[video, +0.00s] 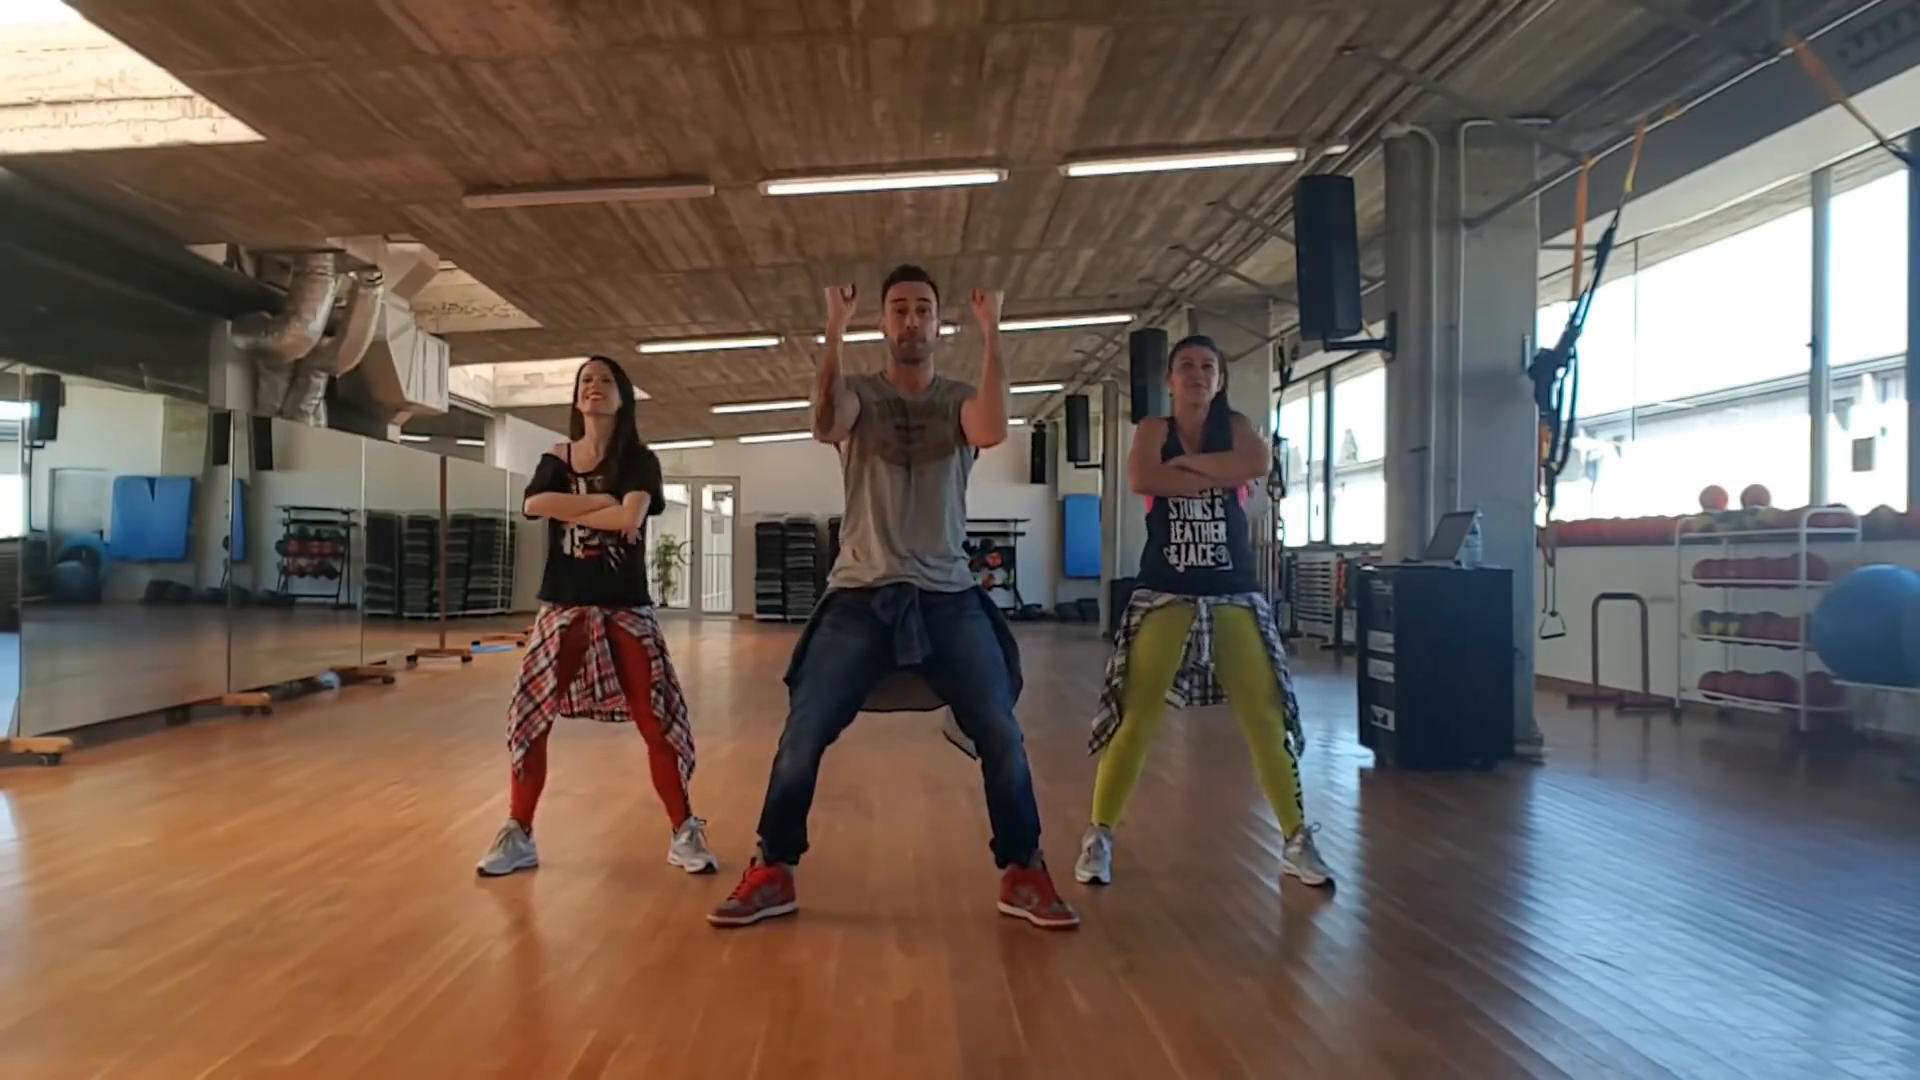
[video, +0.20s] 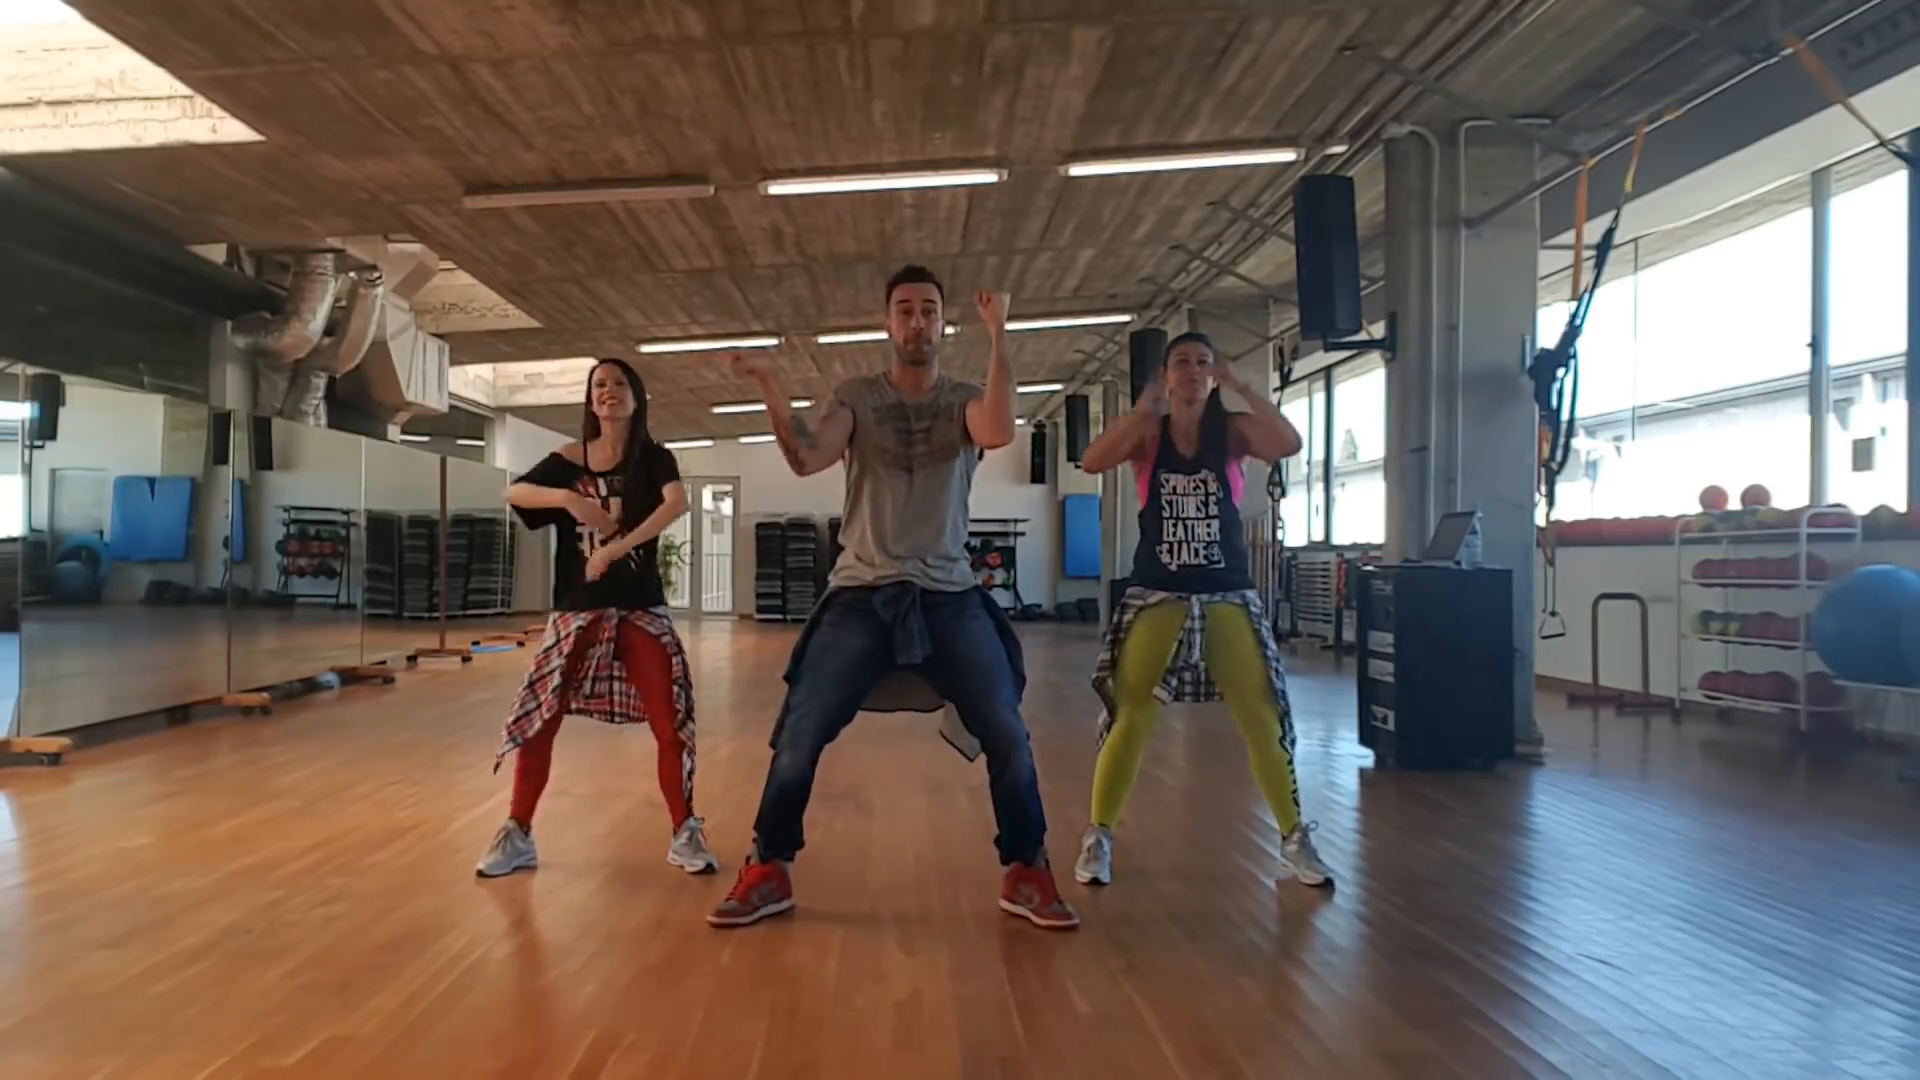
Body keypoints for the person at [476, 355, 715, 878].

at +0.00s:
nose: (595, 388)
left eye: (606, 382)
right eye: (587, 382)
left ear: (624, 397)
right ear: (577, 397)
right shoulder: (557, 456)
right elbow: (535, 504)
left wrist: (564, 510)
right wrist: (609, 505)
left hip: (625, 605)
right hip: (563, 604)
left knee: (656, 721)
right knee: (531, 714)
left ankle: (685, 831)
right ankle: (519, 835)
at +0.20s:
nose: (609, 391)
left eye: (618, 383)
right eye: (600, 386)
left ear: (637, 396)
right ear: (590, 400)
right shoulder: (569, 458)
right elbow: (515, 494)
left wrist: (618, 545)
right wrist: (567, 499)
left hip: (641, 606)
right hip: (578, 607)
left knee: (670, 724)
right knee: (540, 716)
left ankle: (686, 833)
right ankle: (518, 834)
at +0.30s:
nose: (620, 389)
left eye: (628, 381)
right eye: (611, 384)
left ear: (648, 390)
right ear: (601, 397)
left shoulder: (665, 449)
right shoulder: (577, 450)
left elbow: (695, 464)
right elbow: (513, 452)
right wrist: (501, 452)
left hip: (659, 600)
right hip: (596, 601)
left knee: (676, 722)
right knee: (559, 714)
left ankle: (687, 832)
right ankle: (527, 831)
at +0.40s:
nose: (630, 392)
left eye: (638, 383)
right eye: (620, 387)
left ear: (656, 391)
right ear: (611, 400)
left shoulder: (677, 451)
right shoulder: (591, 454)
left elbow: (715, 438)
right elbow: (525, 450)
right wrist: (492, 398)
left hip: (673, 600)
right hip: (613, 598)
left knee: (686, 719)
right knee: (588, 709)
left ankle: (687, 831)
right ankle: (584, 812)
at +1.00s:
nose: (592, 423)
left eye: (600, 415)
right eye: (584, 417)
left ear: (620, 423)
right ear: (574, 428)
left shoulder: (631, 481)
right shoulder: (563, 480)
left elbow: (654, 491)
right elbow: (521, 491)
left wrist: (653, 417)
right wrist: (529, 425)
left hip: (626, 628)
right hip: (569, 629)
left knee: (656, 729)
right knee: (516, 720)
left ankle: (696, 831)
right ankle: (527, 832)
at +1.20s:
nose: (565, 404)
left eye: (575, 397)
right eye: (558, 397)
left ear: (594, 409)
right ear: (547, 410)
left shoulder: (603, 463)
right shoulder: (532, 458)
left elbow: (636, 468)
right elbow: (489, 461)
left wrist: (630, 398)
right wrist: (509, 393)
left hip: (591, 606)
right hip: (532, 606)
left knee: (623, 708)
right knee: (503, 725)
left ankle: (661, 818)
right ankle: (525, 829)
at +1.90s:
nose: (607, 420)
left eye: (615, 412)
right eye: (597, 413)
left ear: (631, 422)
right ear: (585, 425)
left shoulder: (645, 479)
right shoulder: (569, 480)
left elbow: (666, 465)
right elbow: (525, 476)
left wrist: (647, 402)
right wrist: (544, 405)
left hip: (651, 626)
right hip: (595, 631)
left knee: (703, 722)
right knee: (559, 732)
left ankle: (681, 837)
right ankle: (490, 817)